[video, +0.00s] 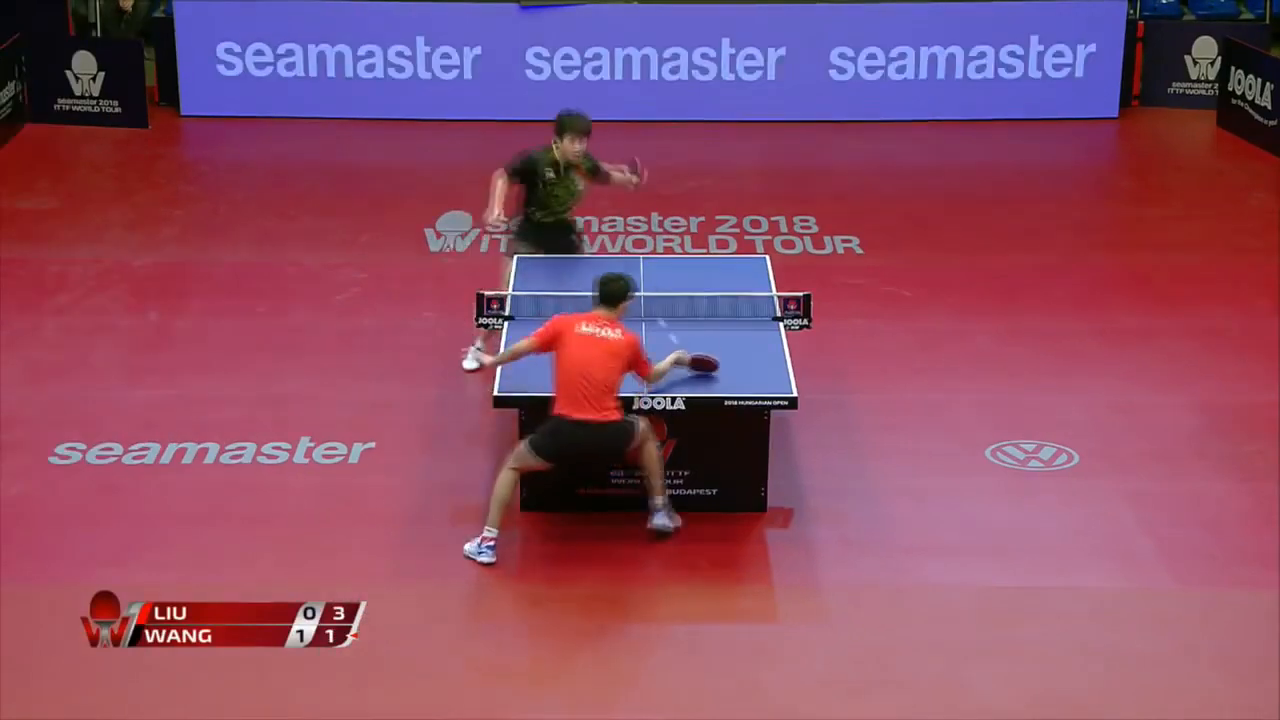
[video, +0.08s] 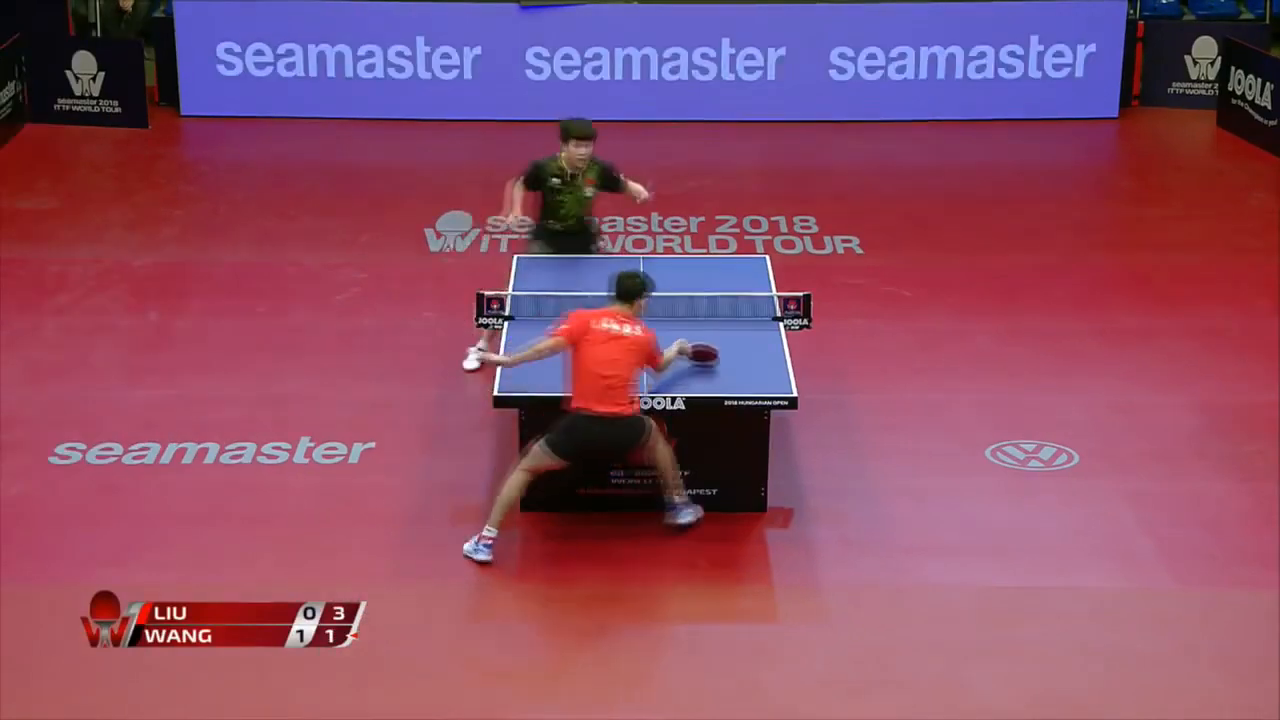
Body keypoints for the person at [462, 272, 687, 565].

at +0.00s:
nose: (628, 306)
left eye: (627, 300)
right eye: (628, 301)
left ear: (596, 298)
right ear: (623, 303)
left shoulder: (564, 324)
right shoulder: (628, 340)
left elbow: (521, 349)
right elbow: (652, 377)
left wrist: (491, 360)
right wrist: (674, 359)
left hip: (564, 429)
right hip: (609, 432)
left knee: (512, 465)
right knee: (645, 432)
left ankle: (486, 542)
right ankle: (660, 512)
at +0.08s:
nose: (646, 306)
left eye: (645, 299)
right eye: (646, 300)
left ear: (615, 294)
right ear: (638, 301)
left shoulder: (584, 320)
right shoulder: (644, 335)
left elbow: (547, 348)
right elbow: (659, 367)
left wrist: (506, 360)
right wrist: (676, 349)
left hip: (582, 423)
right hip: (626, 425)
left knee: (525, 469)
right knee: (656, 441)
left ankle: (485, 540)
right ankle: (679, 505)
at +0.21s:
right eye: (659, 302)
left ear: (630, 303)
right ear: (659, 309)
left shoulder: (619, 329)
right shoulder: (664, 337)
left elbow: (599, 357)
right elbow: (664, 335)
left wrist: (547, 372)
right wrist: (669, 328)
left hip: (620, 426)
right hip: (657, 428)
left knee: (552, 472)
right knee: (672, 453)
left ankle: (501, 537)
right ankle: (697, 512)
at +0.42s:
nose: (622, 299)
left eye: (623, 295)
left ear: (623, 298)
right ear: (652, 302)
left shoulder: (613, 318)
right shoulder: (665, 333)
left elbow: (603, 336)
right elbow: (681, 374)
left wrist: (565, 370)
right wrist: (651, 363)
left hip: (626, 420)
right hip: (667, 419)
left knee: (565, 474)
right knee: (682, 459)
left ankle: (542, 555)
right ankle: (705, 520)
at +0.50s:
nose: (610, 306)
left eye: (612, 302)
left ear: (614, 306)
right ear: (645, 308)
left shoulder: (607, 335)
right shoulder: (665, 341)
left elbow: (610, 370)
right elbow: (690, 382)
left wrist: (573, 408)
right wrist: (658, 368)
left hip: (625, 434)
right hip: (668, 432)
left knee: (564, 488)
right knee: (684, 466)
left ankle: (538, 564)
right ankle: (720, 538)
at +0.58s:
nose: (604, 326)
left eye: (604, 321)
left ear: (604, 324)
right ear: (634, 324)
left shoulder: (598, 357)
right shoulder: (661, 359)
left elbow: (595, 396)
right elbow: (693, 400)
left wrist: (553, 429)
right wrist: (683, 389)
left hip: (618, 456)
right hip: (663, 455)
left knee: (557, 504)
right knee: (684, 480)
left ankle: (533, 583)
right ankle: (722, 543)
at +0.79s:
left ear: (589, 334)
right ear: (622, 335)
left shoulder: (570, 366)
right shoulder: (641, 372)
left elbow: (528, 401)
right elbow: (682, 408)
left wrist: (553, 389)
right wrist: (655, 393)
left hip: (584, 466)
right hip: (633, 468)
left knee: (524, 494)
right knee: (678, 497)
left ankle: (514, 581)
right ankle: (707, 573)